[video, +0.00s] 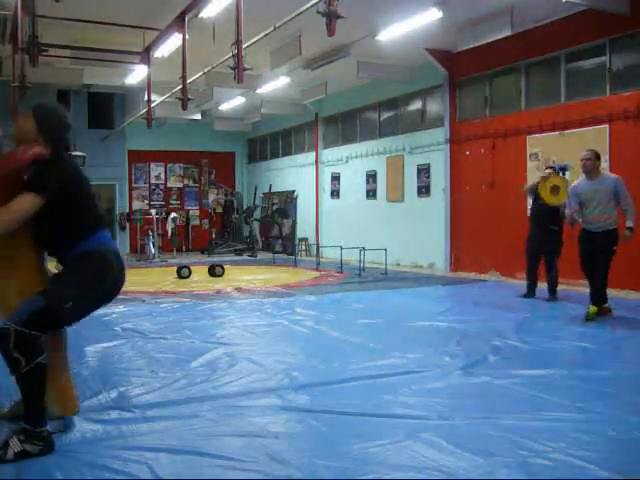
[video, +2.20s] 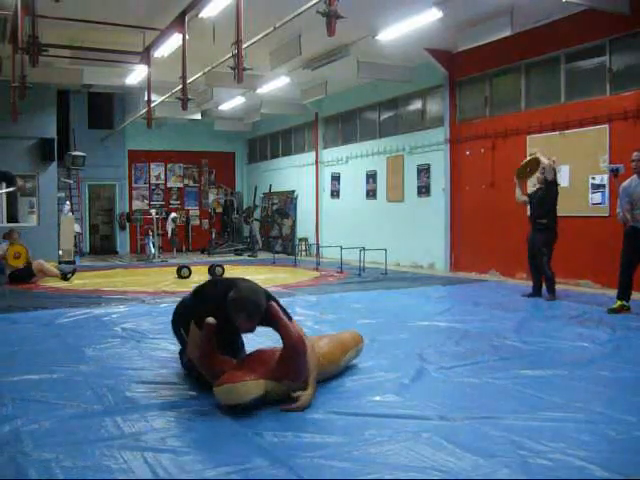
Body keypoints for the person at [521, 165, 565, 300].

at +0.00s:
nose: (549, 178)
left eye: (552, 174)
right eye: (547, 174)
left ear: (557, 177)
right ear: (543, 176)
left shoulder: (559, 193)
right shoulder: (537, 190)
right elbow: (527, 190)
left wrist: (559, 181)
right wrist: (540, 180)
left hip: (553, 232)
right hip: (536, 231)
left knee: (551, 264)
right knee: (532, 263)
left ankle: (552, 292)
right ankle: (530, 290)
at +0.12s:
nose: (548, 176)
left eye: (551, 173)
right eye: (546, 174)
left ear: (556, 176)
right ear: (543, 176)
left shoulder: (562, 192)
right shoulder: (538, 191)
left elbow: (567, 208)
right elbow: (526, 204)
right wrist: (535, 191)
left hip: (554, 230)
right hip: (537, 230)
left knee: (552, 262)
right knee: (532, 261)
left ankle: (553, 292)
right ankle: (531, 290)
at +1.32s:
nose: (543, 183)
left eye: (546, 181)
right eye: (541, 181)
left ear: (551, 182)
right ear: (536, 182)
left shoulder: (557, 195)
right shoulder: (532, 192)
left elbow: (560, 209)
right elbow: (519, 194)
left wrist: (555, 193)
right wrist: (526, 181)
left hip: (549, 233)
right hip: (532, 232)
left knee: (550, 264)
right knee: (531, 264)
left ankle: (552, 293)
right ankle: (532, 291)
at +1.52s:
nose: (535, 178)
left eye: (538, 175)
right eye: (534, 176)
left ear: (544, 178)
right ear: (533, 179)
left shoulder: (553, 192)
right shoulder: (531, 191)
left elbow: (565, 193)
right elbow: (519, 180)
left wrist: (560, 176)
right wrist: (530, 167)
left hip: (548, 229)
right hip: (533, 229)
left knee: (550, 263)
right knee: (532, 262)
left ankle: (552, 292)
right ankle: (533, 290)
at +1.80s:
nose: (532, 177)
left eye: (535, 174)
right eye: (531, 174)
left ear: (543, 175)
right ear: (529, 177)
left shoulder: (553, 188)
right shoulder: (531, 189)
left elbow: (561, 171)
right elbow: (520, 173)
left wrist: (562, 155)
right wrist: (529, 160)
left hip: (550, 227)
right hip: (535, 227)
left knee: (550, 260)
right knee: (533, 260)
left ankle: (552, 291)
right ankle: (533, 289)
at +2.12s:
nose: (539, 176)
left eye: (541, 174)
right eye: (537, 174)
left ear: (547, 176)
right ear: (534, 177)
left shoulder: (551, 188)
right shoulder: (532, 191)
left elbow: (553, 164)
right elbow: (517, 187)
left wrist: (549, 157)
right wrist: (519, 173)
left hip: (548, 225)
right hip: (535, 226)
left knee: (547, 260)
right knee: (533, 259)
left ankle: (551, 291)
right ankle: (536, 289)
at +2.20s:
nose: (537, 176)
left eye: (540, 174)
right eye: (538, 173)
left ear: (545, 176)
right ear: (541, 177)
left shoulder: (549, 189)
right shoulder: (537, 192)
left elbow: (549, 166)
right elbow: (520, 198)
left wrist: (538, 156)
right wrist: (518, 182)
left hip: (546, 227)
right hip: (536, 227)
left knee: (543, 259)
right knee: (533, 259)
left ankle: (551, 291)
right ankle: (536, 289)